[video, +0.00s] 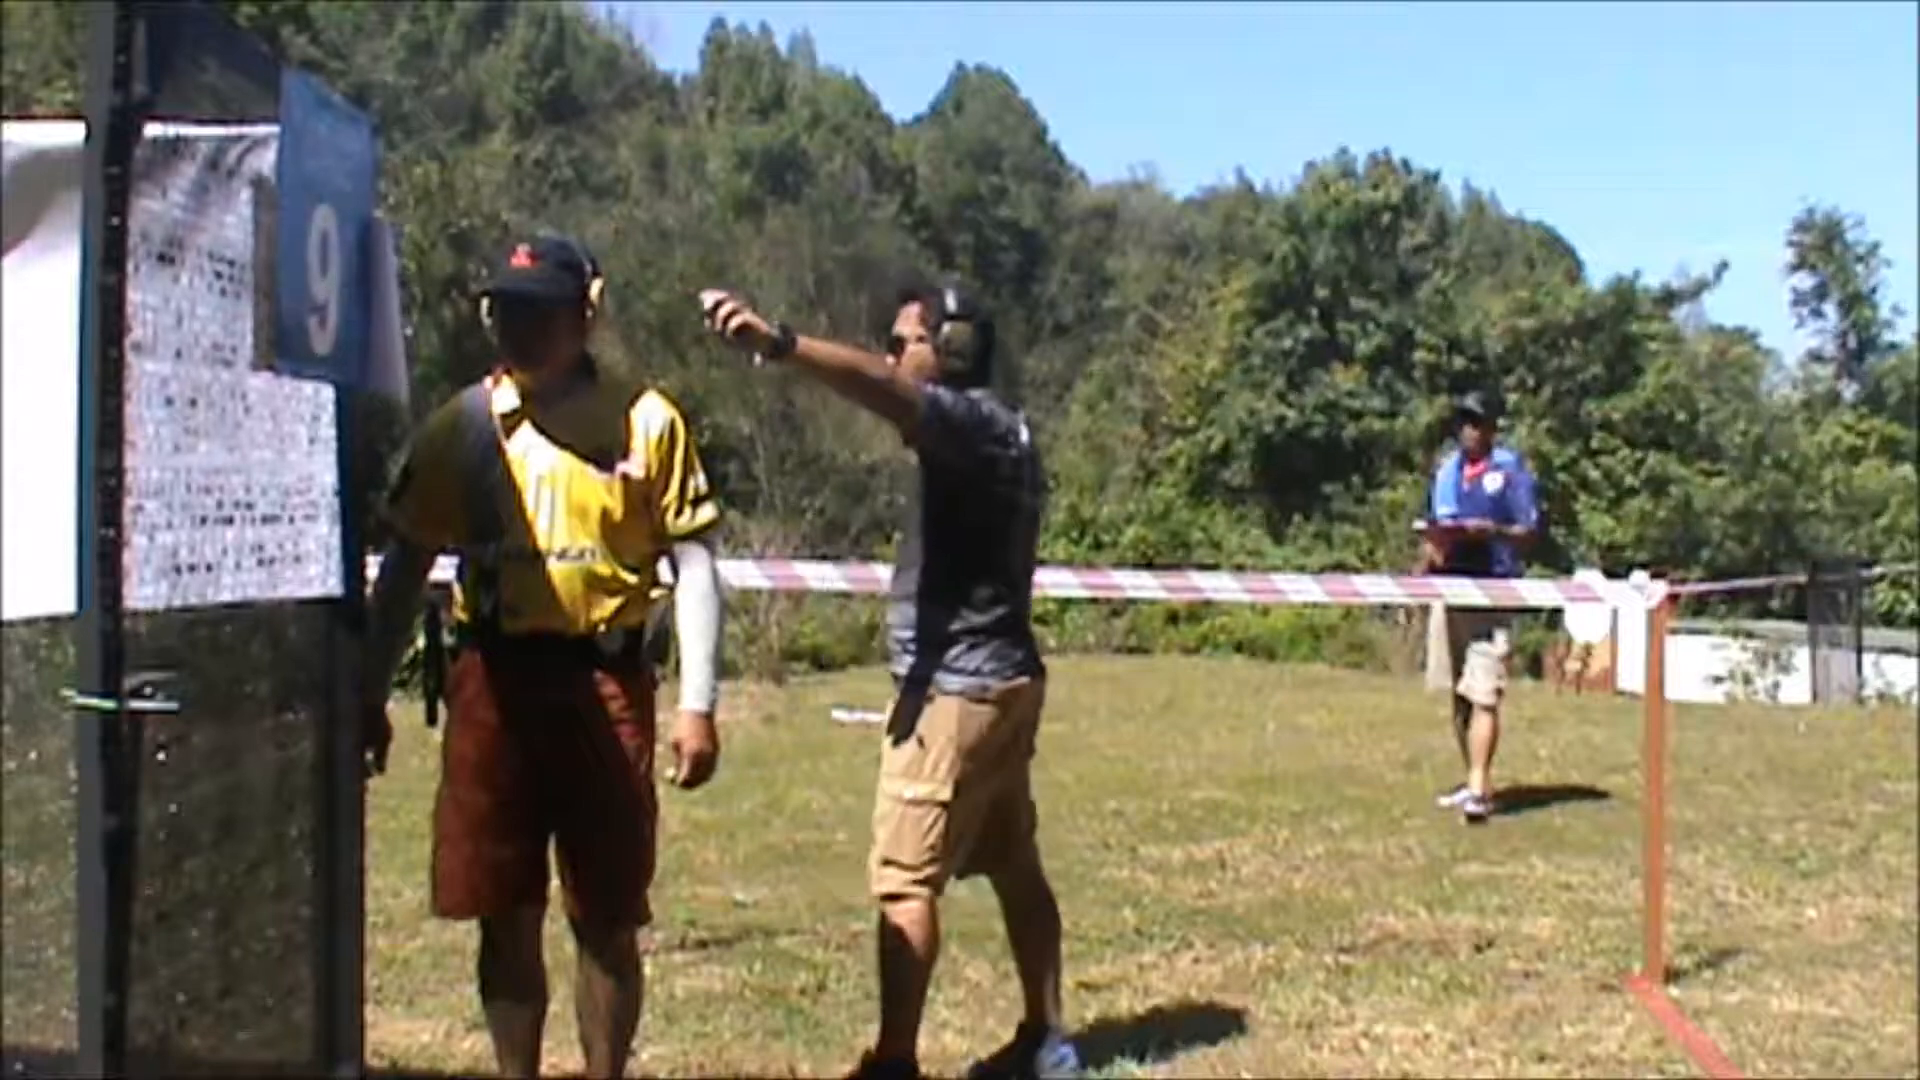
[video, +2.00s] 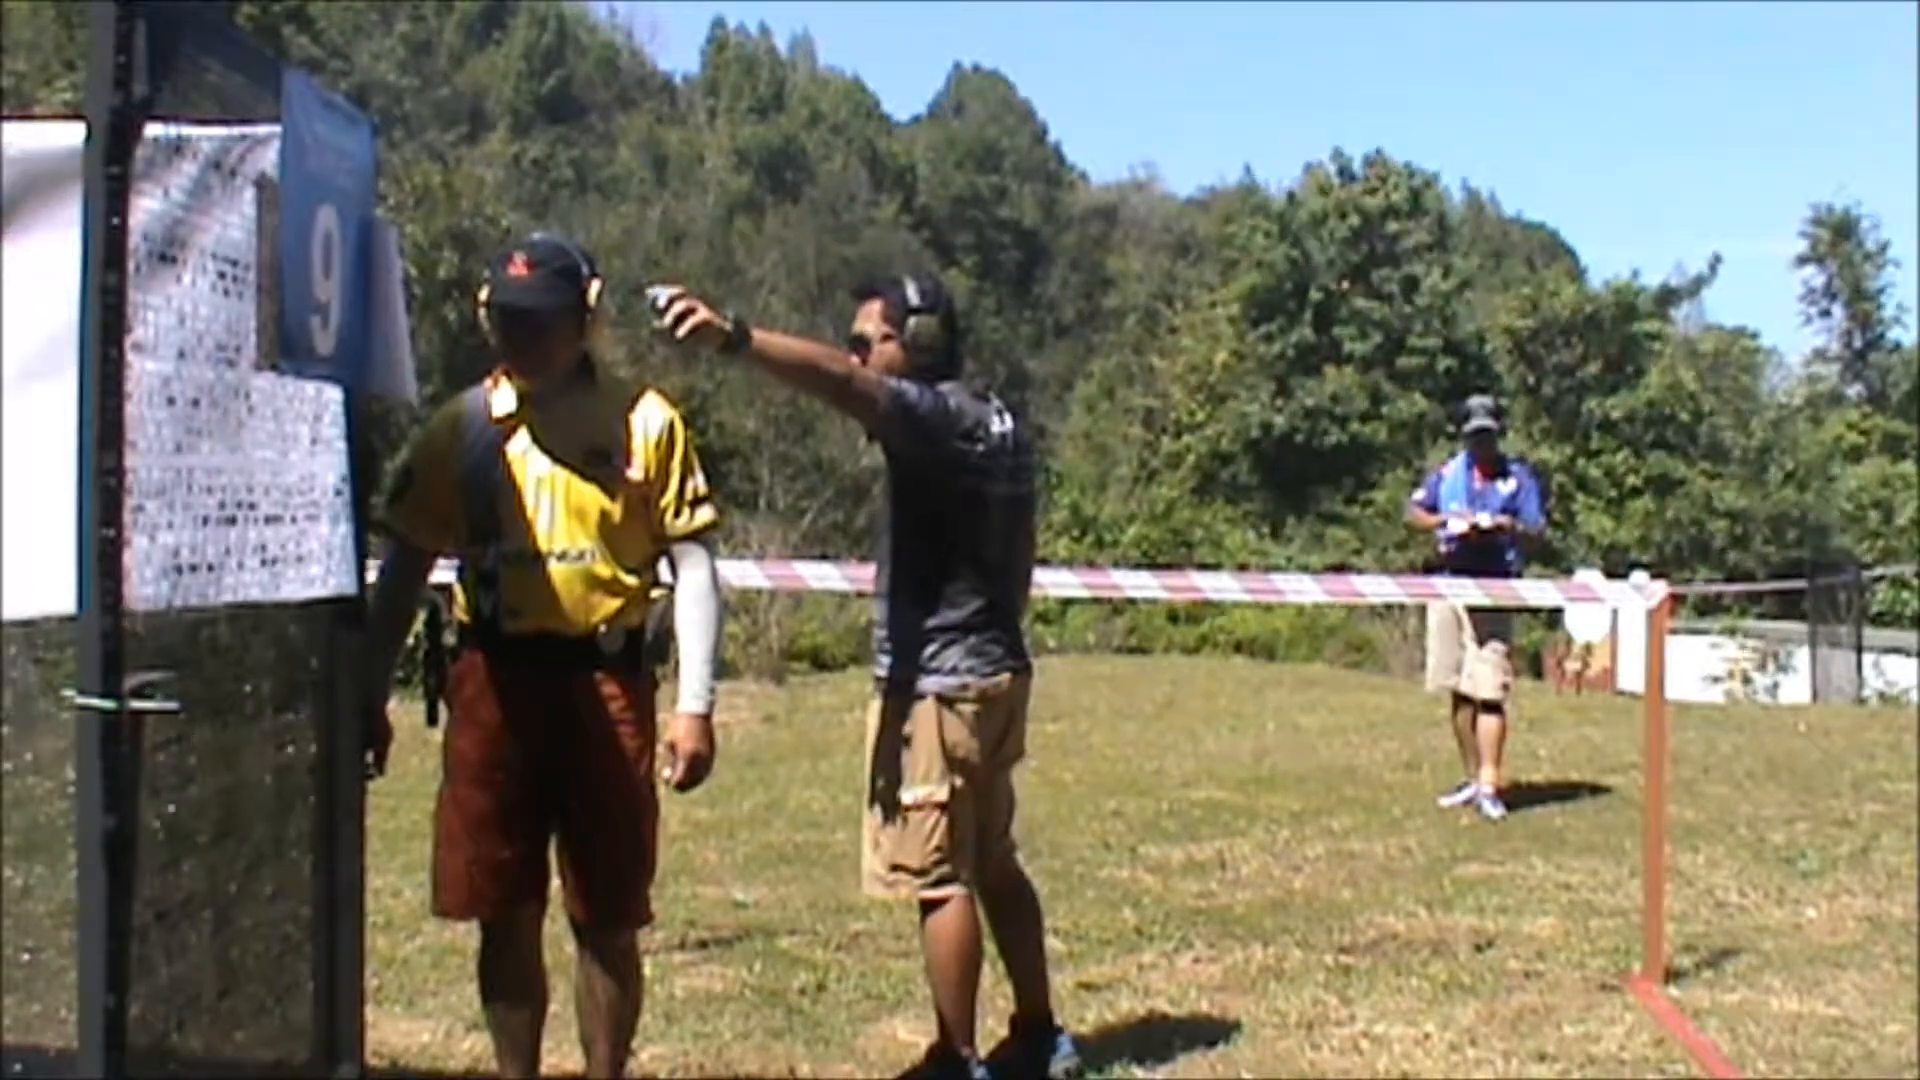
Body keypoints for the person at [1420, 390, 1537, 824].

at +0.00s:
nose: (1468, 433)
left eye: (1477, 425)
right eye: (1463, 424)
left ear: (1493, 429)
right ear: (1456, 429)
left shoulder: (1512, 469)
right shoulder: (1447, 469)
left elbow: (1530, 532)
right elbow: (1435, 522)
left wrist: (1490, 530)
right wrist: (1436, 539)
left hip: (1493, 588)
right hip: (1450, 587)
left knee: (1484, 691)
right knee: (1458, 691)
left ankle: (1480, 785)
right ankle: (1472, 777)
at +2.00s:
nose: (1482, 443)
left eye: (1488, 435)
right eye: (1474, 436)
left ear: (1501, 436)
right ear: (1463, 437)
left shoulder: (1520, 479)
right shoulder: (1447, 474)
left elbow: (1537, 535)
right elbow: (1415, 512)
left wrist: (1506, 526)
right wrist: (1444, 522)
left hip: (1494, 589)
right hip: (1450, 588)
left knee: (1490, 690)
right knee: (1459, 689)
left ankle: (1489, 783)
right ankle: (1471, 776)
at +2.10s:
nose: (1481, 443)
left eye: (1488, 435)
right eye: (1474, 436)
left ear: (1500, 436)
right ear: (1463, 437)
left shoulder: (1519, 477)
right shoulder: (1450, 472)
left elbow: (1537, 535)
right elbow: (1415, 511)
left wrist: (1506, 526)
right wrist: (1445, 523)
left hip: (1494, 588)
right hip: (1450, 587)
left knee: (1490, 690)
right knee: (1459, 689)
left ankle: (1489, 783)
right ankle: (1471, 776)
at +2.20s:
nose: (1482, 443)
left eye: (1488, 435)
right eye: (1475, 436)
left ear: (1500, 436)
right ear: (1464, 437)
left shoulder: (1519, 477)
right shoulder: (1450, 472)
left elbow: (1538, 535)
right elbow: (1416, 510)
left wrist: (1505, 525)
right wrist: (1444, 522)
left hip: (1494, 588)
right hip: (1450, 587)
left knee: (1490, 690)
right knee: (1459, 689)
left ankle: (1489, 782)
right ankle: (1471, 776)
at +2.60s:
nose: (1480, 444)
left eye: (1487, 435)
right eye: (1473, 436)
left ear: (1499, 436)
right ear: (1463, 438)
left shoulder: (1520, 478)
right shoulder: (1448, 473)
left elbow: (1539, 539)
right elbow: (1416, 515)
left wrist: (1509, 528)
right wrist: (1449, 520)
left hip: (1494, 590)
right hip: (1450, 589)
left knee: (1490, 691)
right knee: (1459, 690)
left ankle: (1489, 782)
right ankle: (1471, 776)